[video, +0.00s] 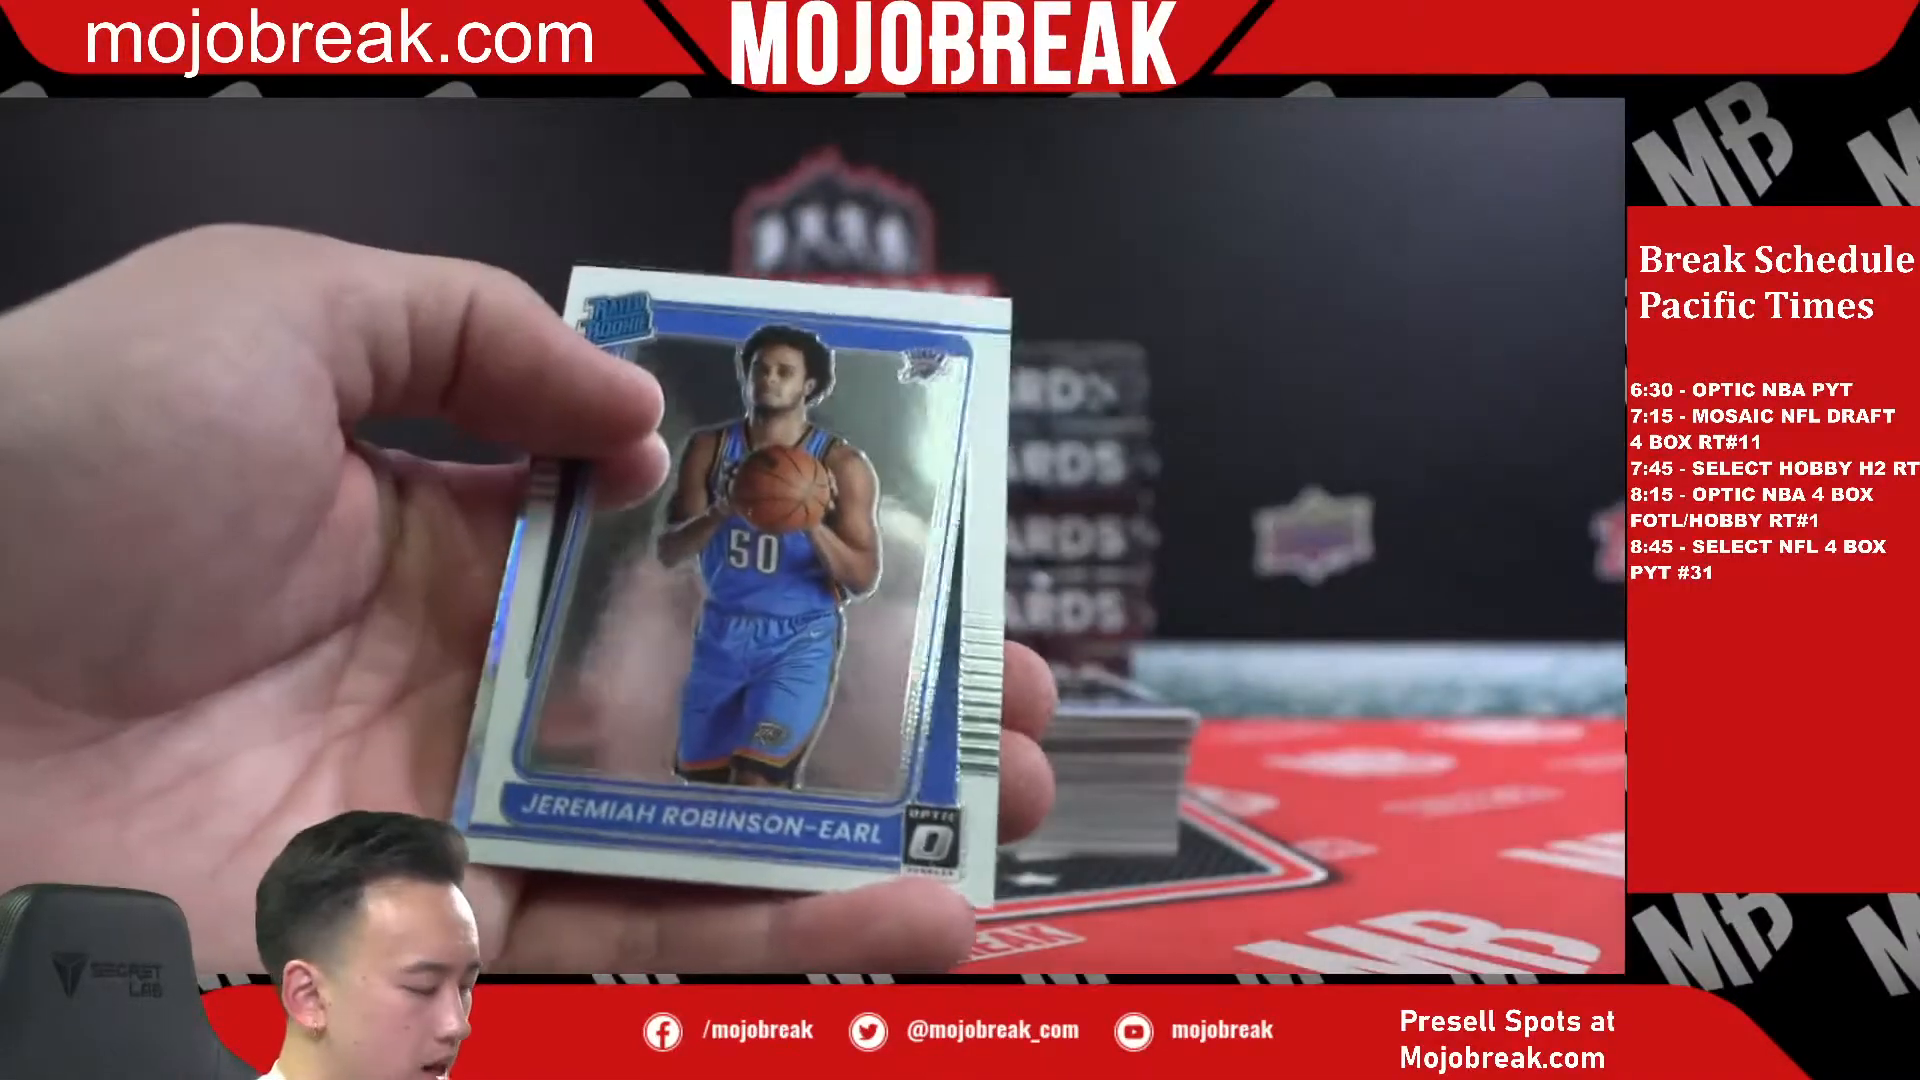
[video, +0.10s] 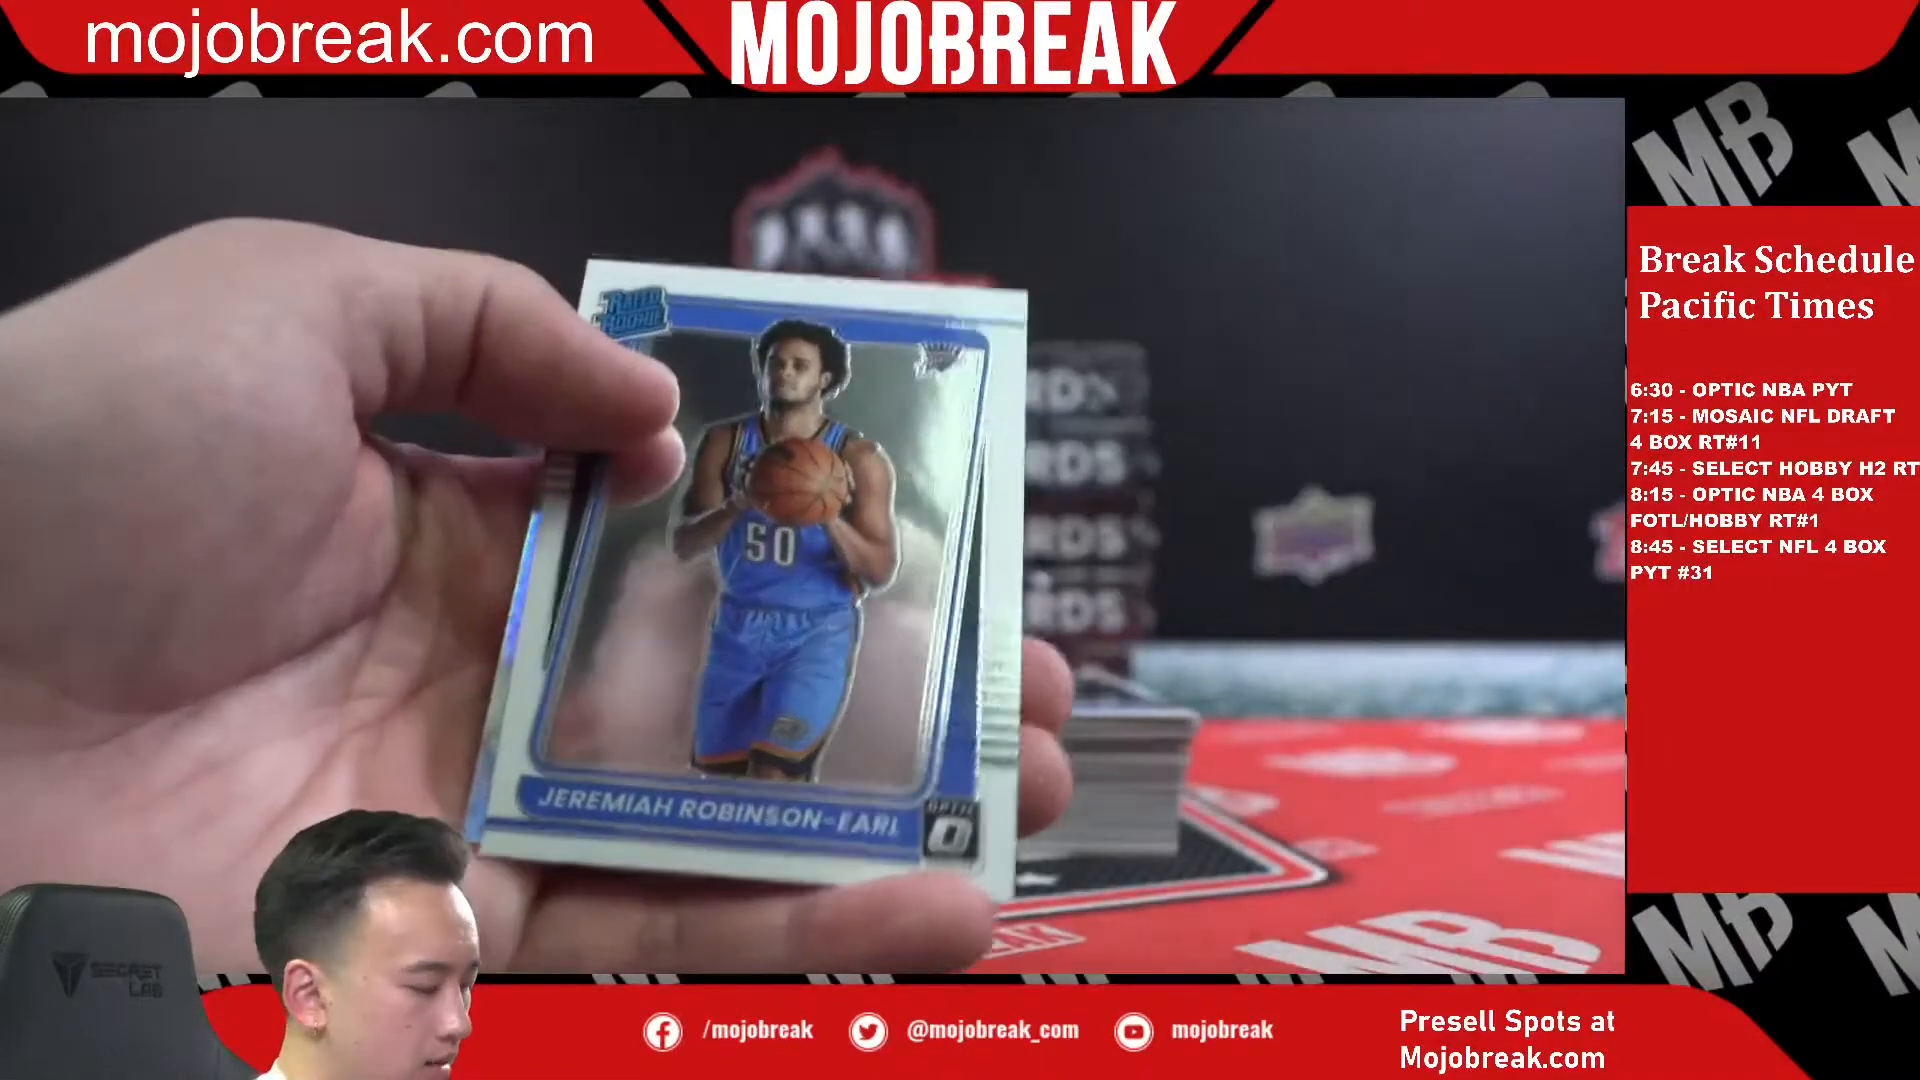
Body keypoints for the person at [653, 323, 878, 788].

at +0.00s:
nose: (769, 379)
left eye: (784, 371)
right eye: (760, 368)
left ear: (812, 388)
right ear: (746, 377)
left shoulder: (845, 466)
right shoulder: (708, 448)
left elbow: (863, 576)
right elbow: (668, 552)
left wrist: (815, 524)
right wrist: (721, 511)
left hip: (802, 643)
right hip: (721, 637)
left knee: (753, 786)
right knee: (700, 793)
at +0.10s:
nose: (784, 373)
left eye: (800, 365)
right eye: (776, 362)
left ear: (827, 382)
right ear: (762, 372)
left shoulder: (861, 458)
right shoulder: (724, 441)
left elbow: (880, 569)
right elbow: (684, 545)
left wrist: (832, 517)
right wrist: (737, 505)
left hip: (819, 636)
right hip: (736, 629)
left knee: (770, 780)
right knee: (718, 787)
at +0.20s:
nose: (778, 364)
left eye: (793, 356)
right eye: (770, 353)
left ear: (820, 372)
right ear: (758, 362)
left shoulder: (857, 447)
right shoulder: (721, 433)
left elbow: (880, 552)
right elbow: (684, 536)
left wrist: (831, 505)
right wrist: (736, 494)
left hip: (821, 619)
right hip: (739, 615)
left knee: (780, 761)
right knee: (726, 768)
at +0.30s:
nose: (768, 368)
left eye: (782, 359)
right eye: (759, 358)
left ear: (808, 373)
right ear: (747, 368)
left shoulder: (848, 445)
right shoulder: (714, 435)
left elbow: (876, 548)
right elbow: (683, 537)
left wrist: (826, 501)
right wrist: (732, 494)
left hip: (819, 615)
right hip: (738, 615)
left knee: (785, 754)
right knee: (732, 763)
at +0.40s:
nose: (770, 376)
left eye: (784, 367)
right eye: (762, 367)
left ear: (812, 379)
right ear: (751, 378)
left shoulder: (853, 450)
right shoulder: (719, 447)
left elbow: (880, 548)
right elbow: (690, 544)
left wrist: (831, 505)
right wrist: (737, 501)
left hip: (825, 614)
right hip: (747, 616)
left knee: (796, 754)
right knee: (741, 760)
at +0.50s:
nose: (793, 377)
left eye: (805, 365)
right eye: (784, 365)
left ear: (827, 376)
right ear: (772, 372)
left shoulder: (864, 443)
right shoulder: (741, 439)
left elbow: (898, 527)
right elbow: (707, 528)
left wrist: (849, 492)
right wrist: (742, 492)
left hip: (847, 589)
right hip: (771, 591)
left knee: (827, 707)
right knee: (760, 717)